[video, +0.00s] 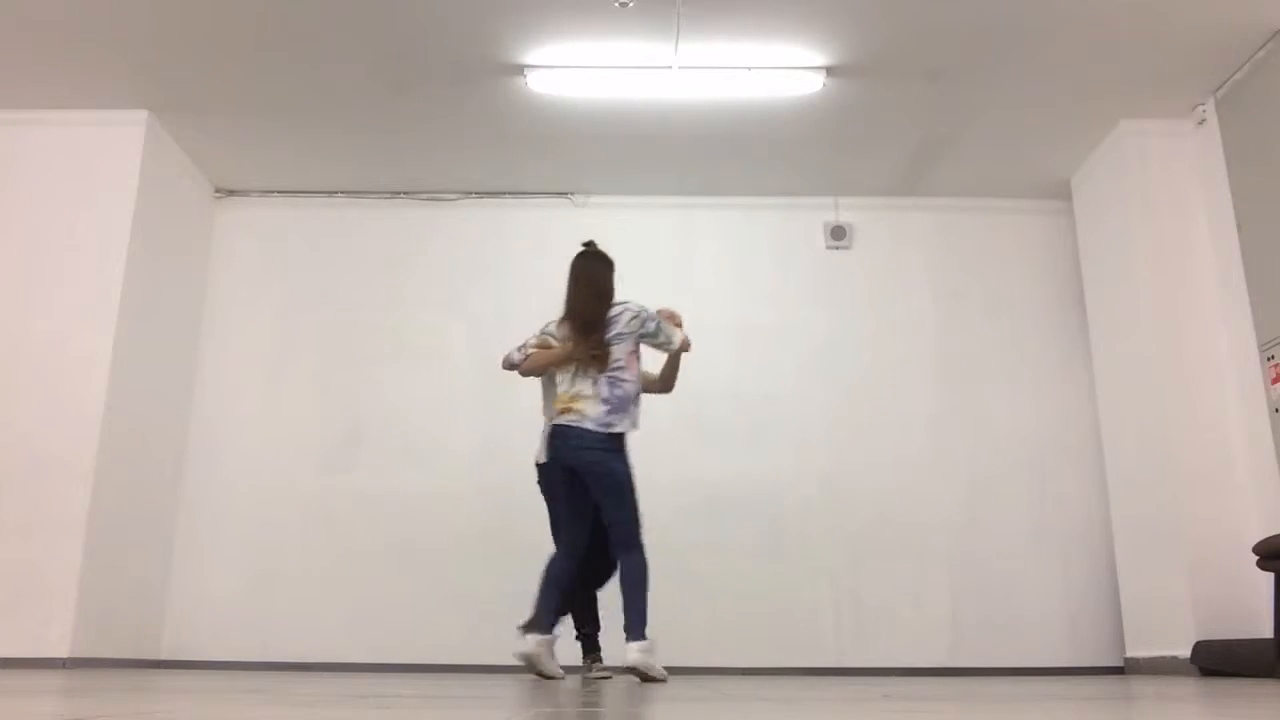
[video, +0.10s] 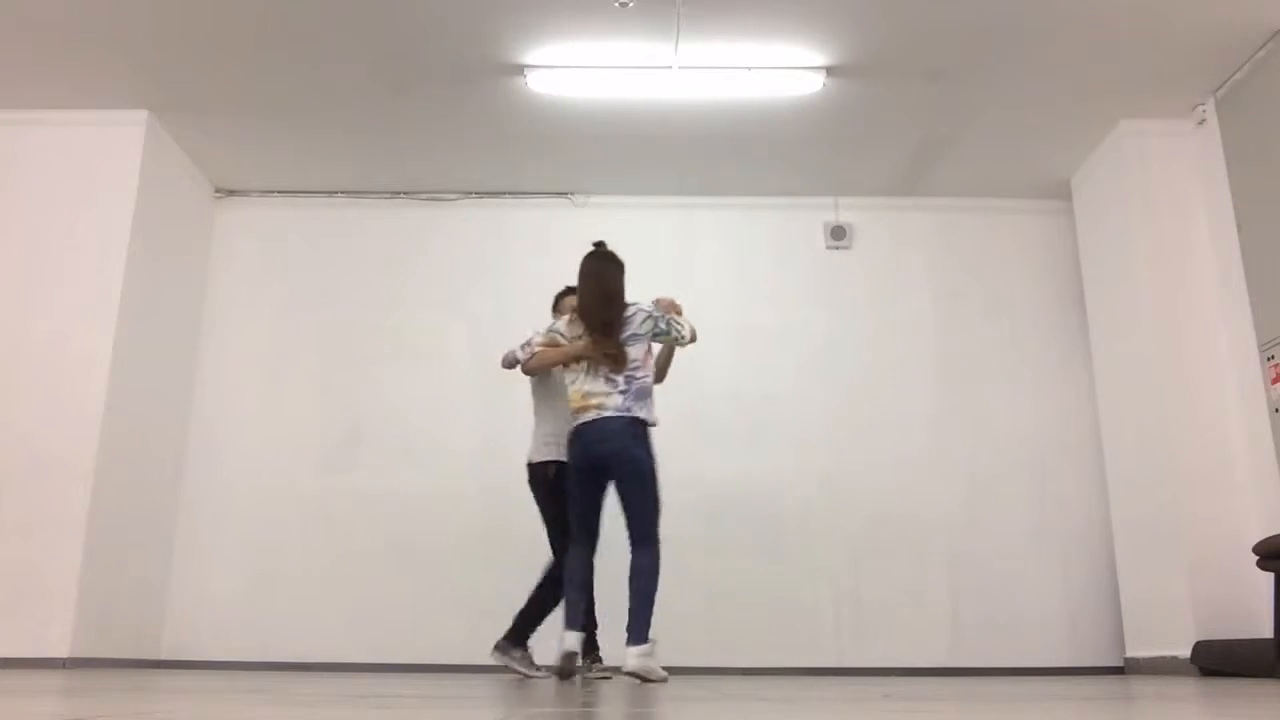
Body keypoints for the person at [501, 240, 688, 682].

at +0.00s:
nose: (610, 284)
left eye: (596, 276)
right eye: (609, 277)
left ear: (572, 282)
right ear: (611, 280)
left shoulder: (560, 327)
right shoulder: (628, 316)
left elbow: (513, 360)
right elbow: (676, 342)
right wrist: (671, 320)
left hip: (559, 446)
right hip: (602, 446)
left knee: (571, 546)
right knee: (629, 546)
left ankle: (538, 637)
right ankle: (638, 643)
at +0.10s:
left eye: (586, 279)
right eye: (616, 276)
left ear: (581, 282)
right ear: (620, 280)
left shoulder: (566, 324)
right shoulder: (638, 317)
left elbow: (514, 359)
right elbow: (685, 335)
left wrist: (548, 349)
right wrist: (671, 311)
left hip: (585, 436)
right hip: (629, 433)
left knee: (581, 540)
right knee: (645, 542)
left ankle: (570, 641)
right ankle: (638, 648)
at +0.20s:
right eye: (626, 276)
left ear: (588, 283)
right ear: (628, 281)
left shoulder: (574, 323)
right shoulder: (647, 316)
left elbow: (517, 354)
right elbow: (682, 332)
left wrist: (528, 344)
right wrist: (660, 304)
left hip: (598, 431)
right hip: (645, 428)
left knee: (611, 541)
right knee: (649, 542)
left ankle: (582, 644)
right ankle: (639, 649)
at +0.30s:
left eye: (583, 287)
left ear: (594, 284)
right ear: (634, 284)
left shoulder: (578, 325)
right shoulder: (646, 319)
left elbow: (523, 354)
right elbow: (673, 332)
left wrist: (504, 340)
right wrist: (640, 307)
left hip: (605, 434)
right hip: (652, 429)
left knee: (619, 542)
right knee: (652, 543)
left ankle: (585, 643)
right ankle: (639, 651)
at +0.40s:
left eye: (601, 281)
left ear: (603, 291)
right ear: (643, 287)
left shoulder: (585, 326)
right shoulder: (656, 325)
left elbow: (525, 343)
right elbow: (636, 307)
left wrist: (500, 333)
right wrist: (604, 284)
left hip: (608, 437)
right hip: (657, 432)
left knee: (601, 541)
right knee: (650, 543)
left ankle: (593, 638)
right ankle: (639, 649)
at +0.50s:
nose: (599, 289)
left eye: (604, 284)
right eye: (601, 282)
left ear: (615, 289)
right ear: (643, 292)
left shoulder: (597, 323)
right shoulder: (648, 329)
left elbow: (542, 339)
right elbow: (595, 315)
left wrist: (504, 328)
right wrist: (578, 283)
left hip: (605, 439)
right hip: (651, 437)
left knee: (593, 542)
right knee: (648, 543)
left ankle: (619, 638)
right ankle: (640, 641)